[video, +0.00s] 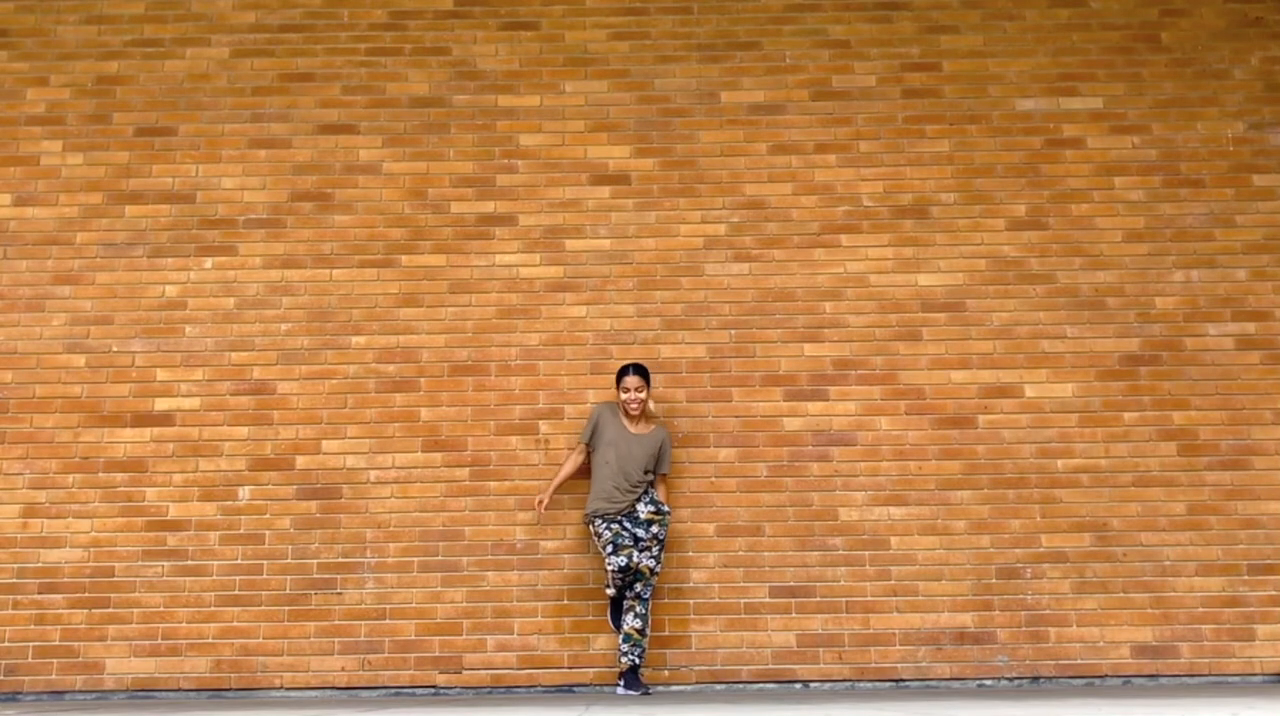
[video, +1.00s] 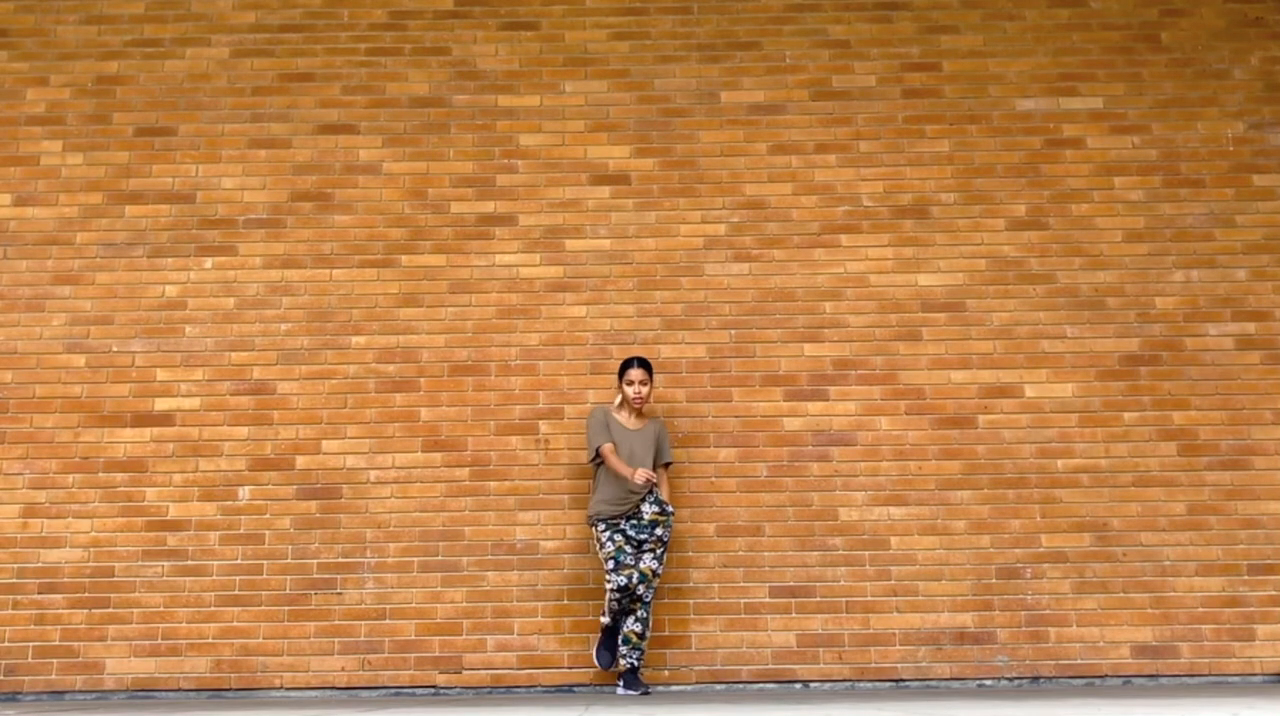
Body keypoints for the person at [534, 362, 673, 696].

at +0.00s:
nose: (634, 396)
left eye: (639, 390)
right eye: (627, 390)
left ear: (649, 391)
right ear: (618, 392)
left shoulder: (659, 435)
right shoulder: (603, 414)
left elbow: (659, 480)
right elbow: (579, 454)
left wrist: (663, 511)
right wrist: (550, 490)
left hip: (645, 512)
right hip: (606, 511)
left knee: (641, 587)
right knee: (625, 563)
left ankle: (630, 670)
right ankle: (617, 596)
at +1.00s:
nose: (638, 390)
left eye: (644, 383)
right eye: (631, 383)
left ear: (652, 387)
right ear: (620, 386)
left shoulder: (656, 427)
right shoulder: (601, 416)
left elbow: (661, 473)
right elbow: (607, 454)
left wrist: (665, 506)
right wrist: (631, 474)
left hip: (649, 516)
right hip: (610, 516)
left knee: (643, 589)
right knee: (625, 582)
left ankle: (630, 671)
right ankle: (610, 630)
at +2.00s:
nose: (662, 358)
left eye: (669, 351)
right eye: (656, 353)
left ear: (682, 358)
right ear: (649, 360)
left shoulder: (707, 397)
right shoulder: (641, 405)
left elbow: (716, 451)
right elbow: (613, 454)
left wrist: (710, 497)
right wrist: (582, 500)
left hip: (690, 501)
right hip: (643, 503)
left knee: (698, 583)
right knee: (659, 581)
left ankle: (680, 654)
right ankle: (675, 667)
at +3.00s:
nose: (698, 292)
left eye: (707, 284)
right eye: (692, 289)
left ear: (729, 293)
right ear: (689, 304)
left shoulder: (758, 346)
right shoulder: (681, 348)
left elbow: (773, 407)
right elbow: (649, 400)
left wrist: (774, 453)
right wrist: (609, 446)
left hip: (757, 463)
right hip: (706, 465)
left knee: (753, 556)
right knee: (730, 549)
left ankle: (728, 660)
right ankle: (757, 655)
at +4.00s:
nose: (731, 228)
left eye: (739, 222)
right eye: (721, 224)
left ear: (753, 237)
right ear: (708, 242)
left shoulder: (776, 300)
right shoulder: (694, 290)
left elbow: (788, 370)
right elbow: (688, 363)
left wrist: (793, 423)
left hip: (775, 427)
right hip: (716, 428)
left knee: (773, 540)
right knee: (711, 534)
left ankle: (770, 661)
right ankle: (700, 648)